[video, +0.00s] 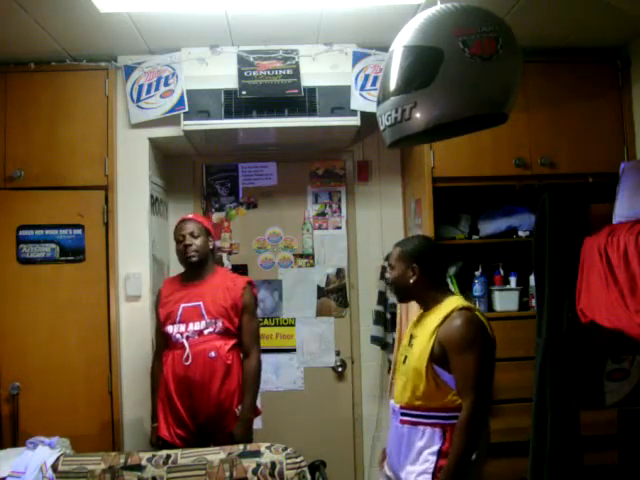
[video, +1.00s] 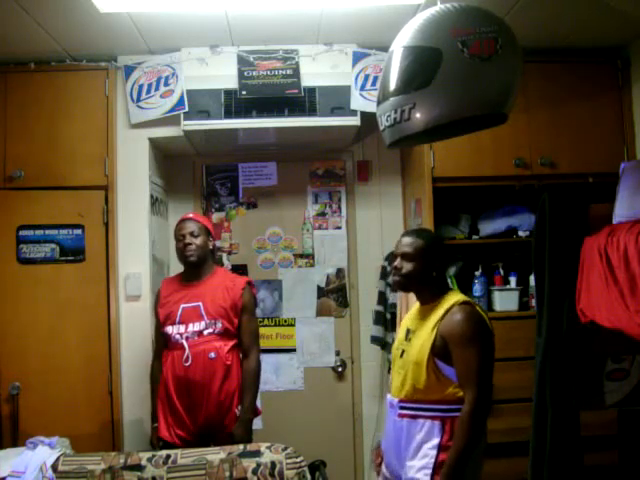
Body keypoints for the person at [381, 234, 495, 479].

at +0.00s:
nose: (386, 276)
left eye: (391, 268)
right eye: (387, 268)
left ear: (413, 272)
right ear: (412, 273)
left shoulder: (461, 324)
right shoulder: (426, 316)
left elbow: (473, 405)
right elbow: (416, 392)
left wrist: (450, 470)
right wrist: (393, 446)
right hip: (406, 450)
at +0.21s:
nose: (387, 278)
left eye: (393, 270)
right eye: (388, 270)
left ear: (419, 275)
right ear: (419, 276)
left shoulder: (465, 325)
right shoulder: (426, 316)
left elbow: (478, 407)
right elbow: (415, 392)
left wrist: (454, 471)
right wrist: (392, 446)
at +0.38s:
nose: (386, 268)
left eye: (395, 261)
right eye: (388, 260)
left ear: (424, 268)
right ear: (422, 268)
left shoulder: (462, 320)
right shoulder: (421, 312)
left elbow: (477, 402)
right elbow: (410, 386)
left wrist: (452, 471)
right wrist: (389, 440)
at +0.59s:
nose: (391, 276)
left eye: (401, 269)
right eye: (392, 268)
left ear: (429, 275)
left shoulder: (461, 327)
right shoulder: (423, 318)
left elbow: (475, 407)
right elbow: (415, 395)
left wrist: (452, 471)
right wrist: (389, 447)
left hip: (432, 452)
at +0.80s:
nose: (395, 273)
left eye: (406, 266)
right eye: (394, 264)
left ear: (431, 270)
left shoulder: (463, 320)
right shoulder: (421, 313)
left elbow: (476, 402)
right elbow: (409, 387)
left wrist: (451, 471)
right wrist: (389, 444)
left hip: (435, 442)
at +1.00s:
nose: (395, 265)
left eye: (406, 259)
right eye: (394, 257)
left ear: (432, 265)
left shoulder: (461, 318)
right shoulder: (418, 311)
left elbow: (476, 399)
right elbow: (410, 388)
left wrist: (450, 470)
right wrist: (387, 442)